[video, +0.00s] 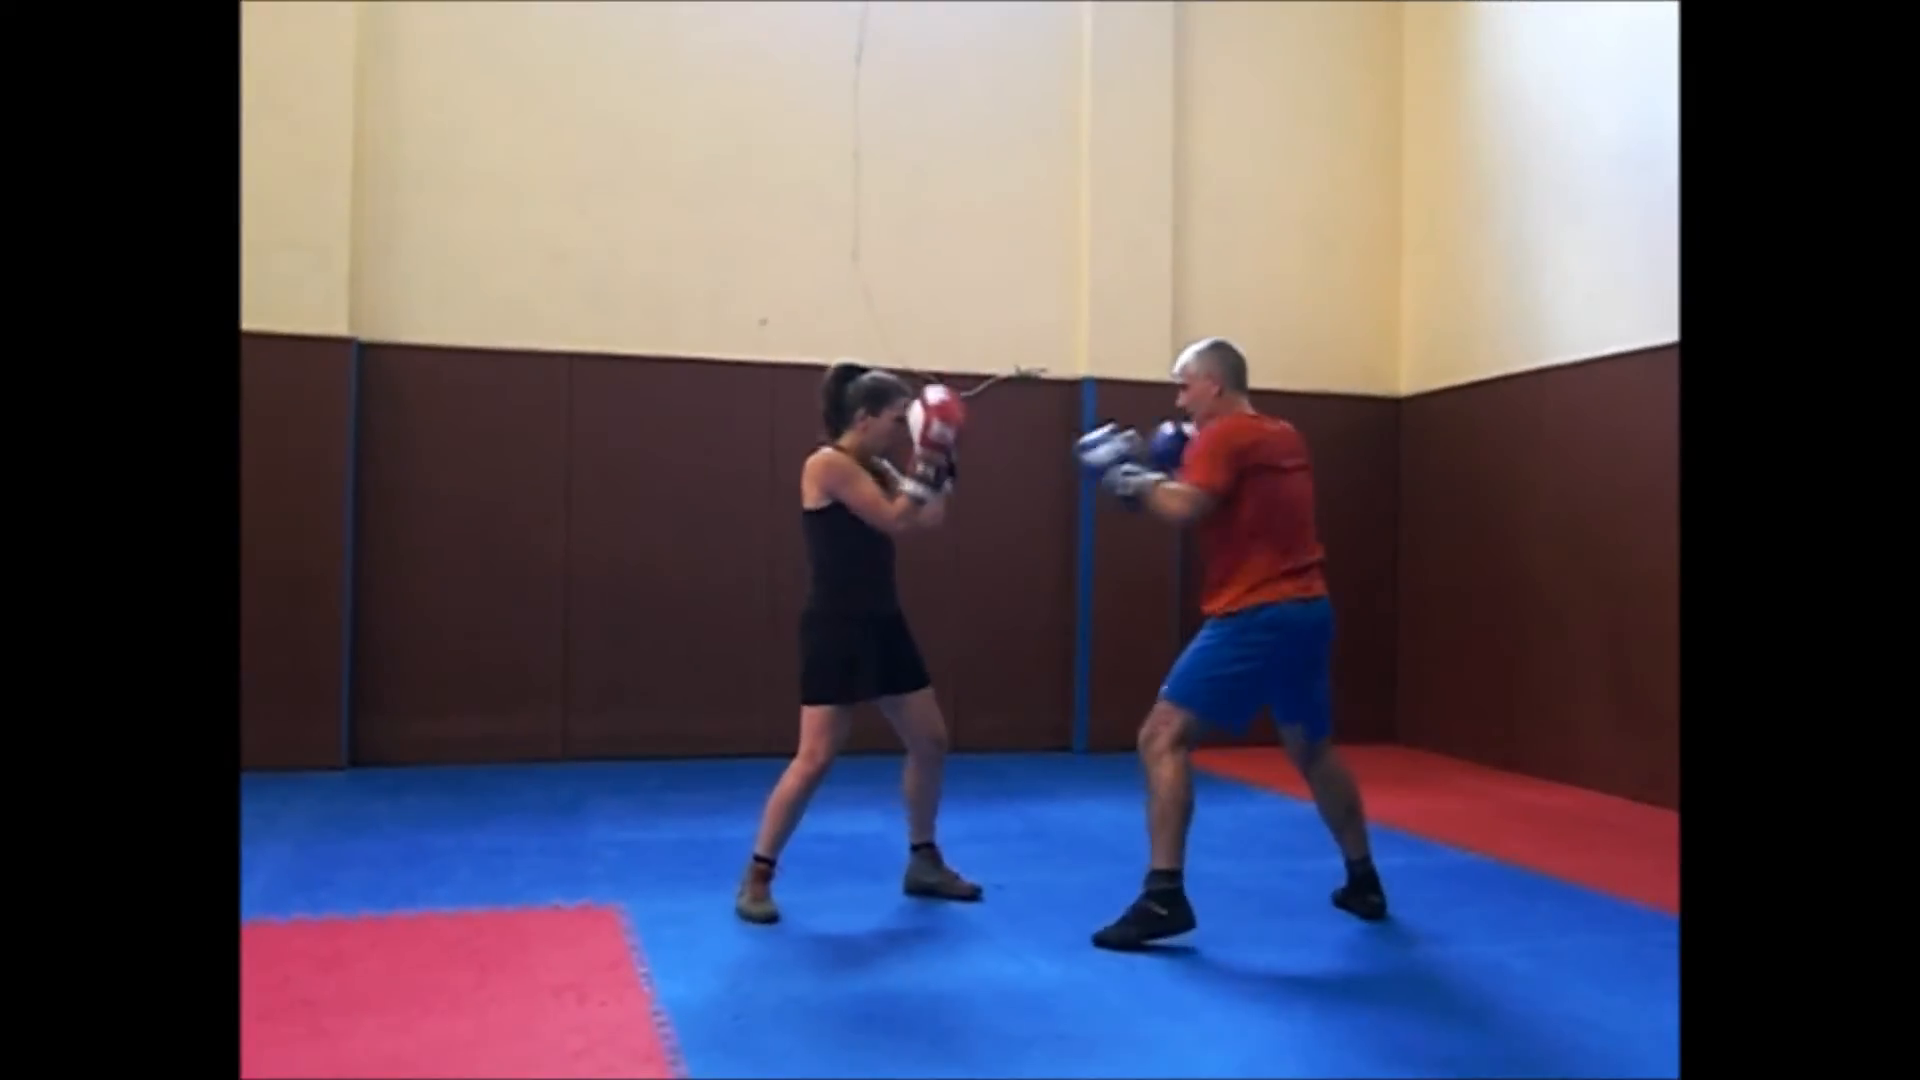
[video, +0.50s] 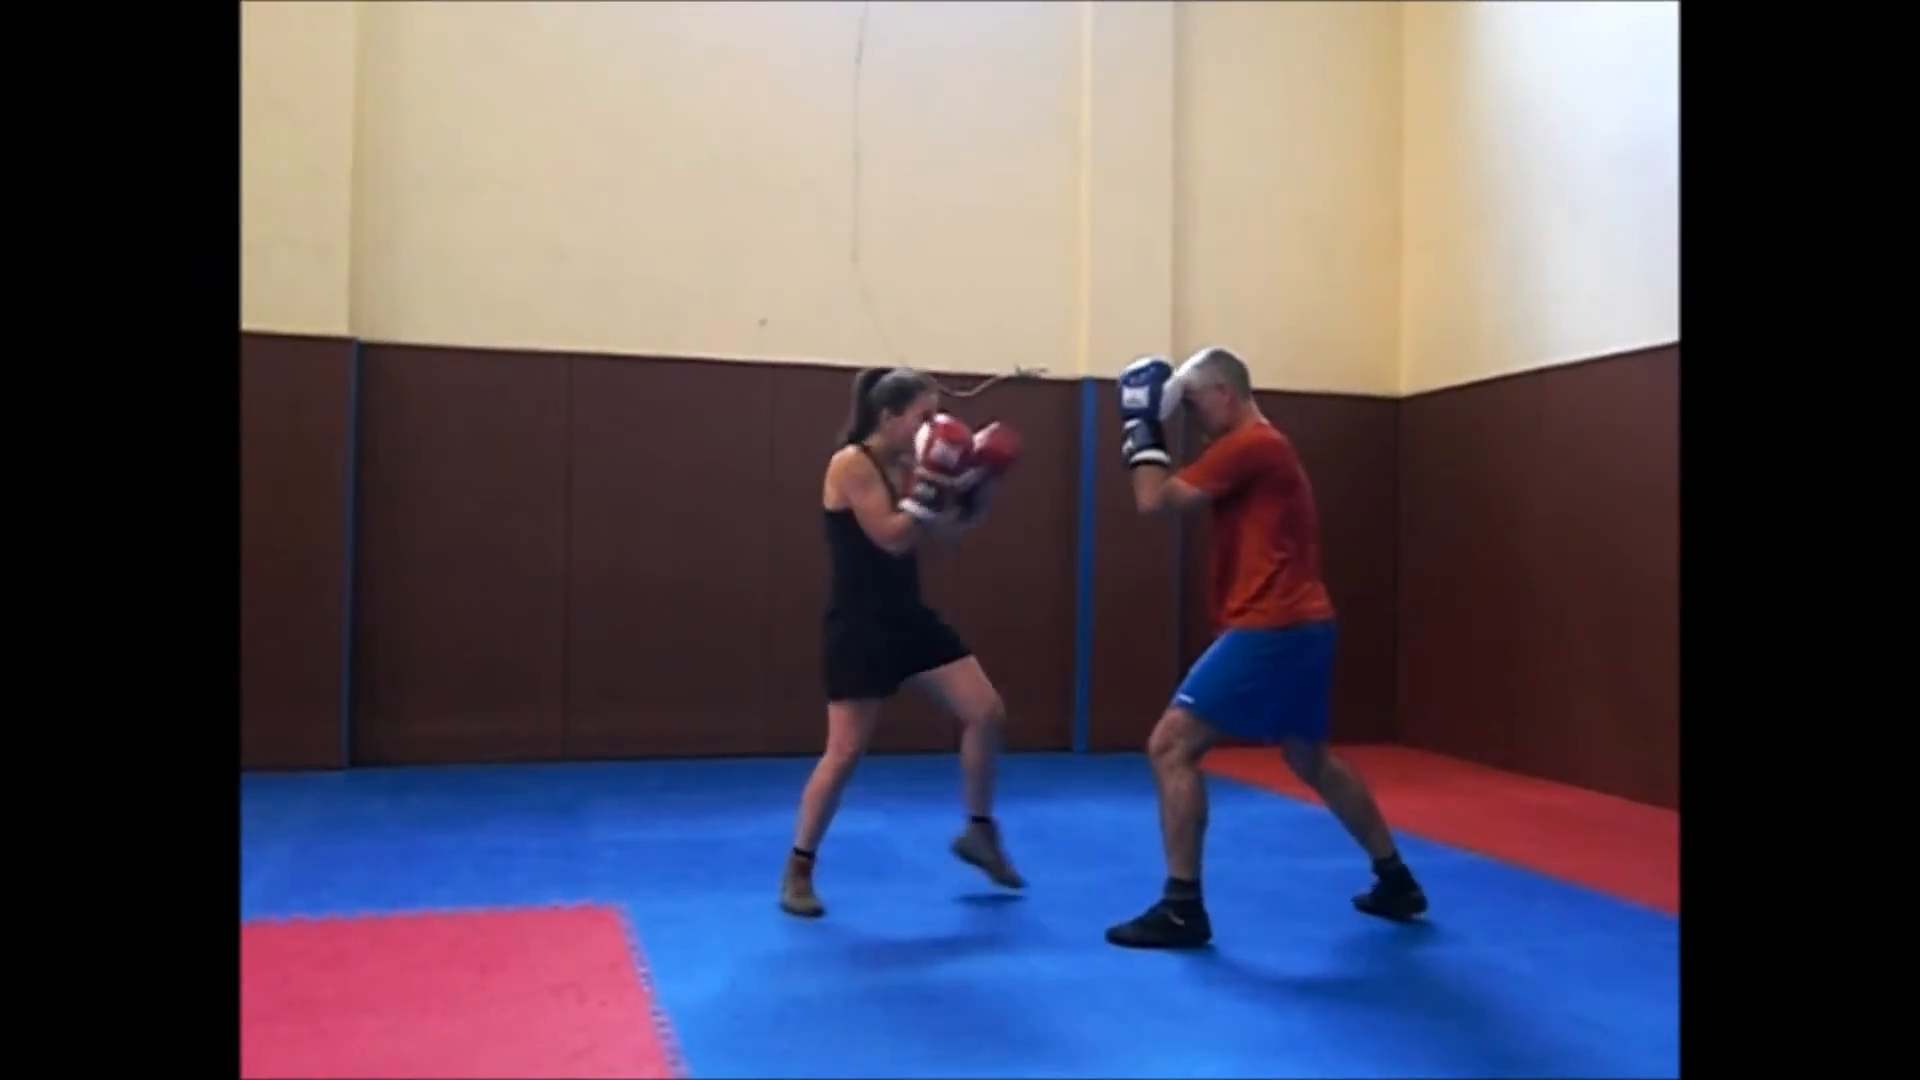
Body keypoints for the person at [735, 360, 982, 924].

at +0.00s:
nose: (902, 428)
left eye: (903, 418)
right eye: (896, 417)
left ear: (870, 420)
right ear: (864, 416)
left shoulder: (874, 470)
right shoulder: (827, 465)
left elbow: (925, 517)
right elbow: (890, 517)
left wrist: (940, 464)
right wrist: (927, 467)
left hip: (881, 628)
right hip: (835, 631)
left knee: (929, 739)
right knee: (814, 757)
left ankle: (925, 862)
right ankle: (758, 876)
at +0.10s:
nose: (915, 429)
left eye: (916, 418)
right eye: (908, 418)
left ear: (885, 421)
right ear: (872, 420)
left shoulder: (889, 474)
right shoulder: (838, 472)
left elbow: (914, 545)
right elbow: (881, 546)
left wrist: (938, 498)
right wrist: (923, 498)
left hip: (891, 629)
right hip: (843, 633)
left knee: (941, 739)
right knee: (820, 757)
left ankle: (927, 863)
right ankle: (758, 877)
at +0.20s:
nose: (923, 413)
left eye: (924, 403)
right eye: (916, 402)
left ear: (893, 408)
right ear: (880, 405)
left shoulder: (894, 459)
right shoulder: (846, 457)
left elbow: (931, 520)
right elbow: (889, 530)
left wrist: (955, 473)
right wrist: (930, 483)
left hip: (895, 616)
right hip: (849, 619)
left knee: (925, 734)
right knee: (831, 744)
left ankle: (925, 860)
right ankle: (770, 867)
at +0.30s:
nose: (924, 414)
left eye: (925, 404)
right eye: (917, 404)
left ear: (891, 408)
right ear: (883, 404)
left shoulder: (895, 457)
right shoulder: (850, 453)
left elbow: (947, 509)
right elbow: (911, 508)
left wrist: (960, 457)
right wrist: (945, 463)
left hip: (894, 615)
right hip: (848, 616)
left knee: (915, 739)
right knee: (845, 744)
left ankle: (923, 861)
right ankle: (796, 864)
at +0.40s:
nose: (917, 431)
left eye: (918, 420)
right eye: (911, 420)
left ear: (884, 425)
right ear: (882, 422)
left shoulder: (883, 474)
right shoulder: (851, 471)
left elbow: (924, 539)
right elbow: (925, 522)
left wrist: (951, 478)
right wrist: (947, 467)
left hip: (893, 628)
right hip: (850, 634)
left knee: (968, 716)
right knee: (849, 755)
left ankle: (944, 834)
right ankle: (800, 868)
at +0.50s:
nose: (928, 428)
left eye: (931, 418)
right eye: (922, 417)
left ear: (902, 419)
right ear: (889, 415)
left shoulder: (904, 466)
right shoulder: (851, 464)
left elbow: (946, 530)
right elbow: (889, 534)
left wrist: (969, 484)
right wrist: (928, 487)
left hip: (909, 620)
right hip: (859, 627)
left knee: (984, 712)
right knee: (844, 750)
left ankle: (979, 829)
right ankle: (799, 867)